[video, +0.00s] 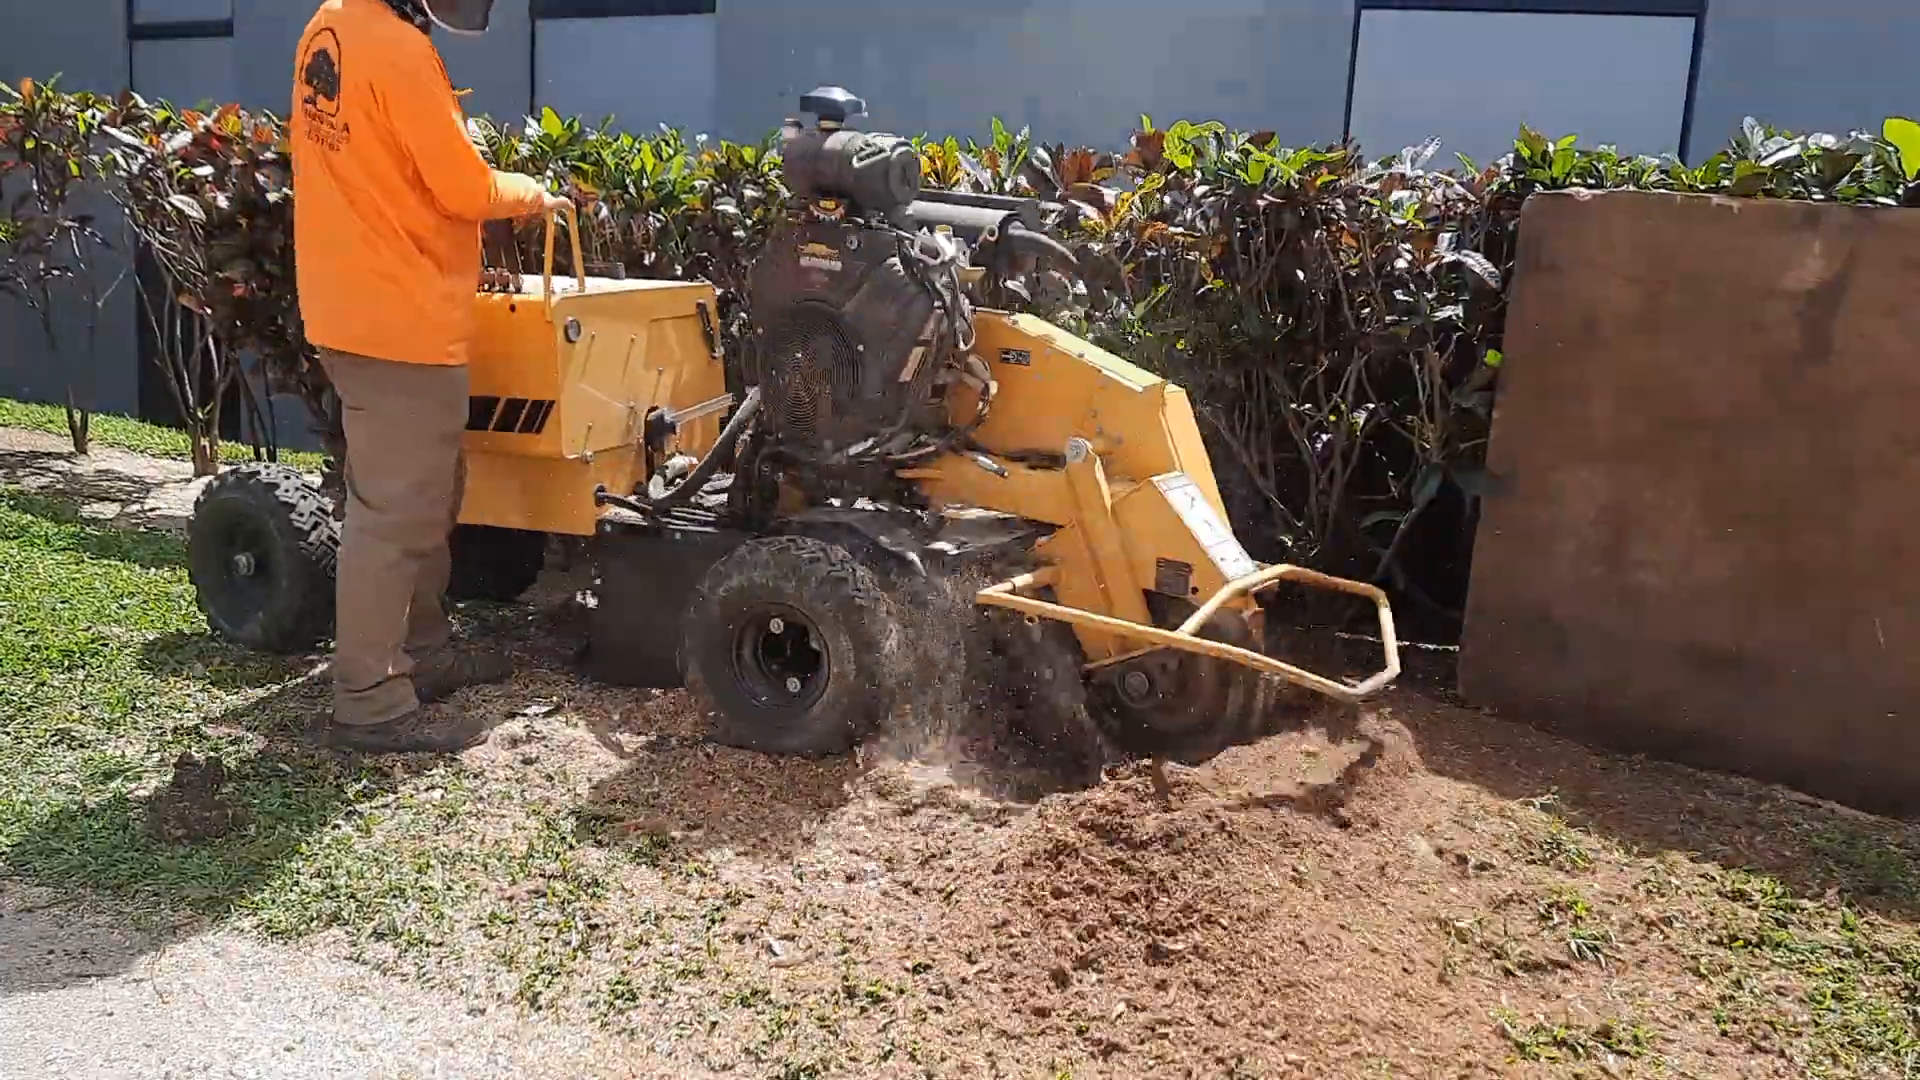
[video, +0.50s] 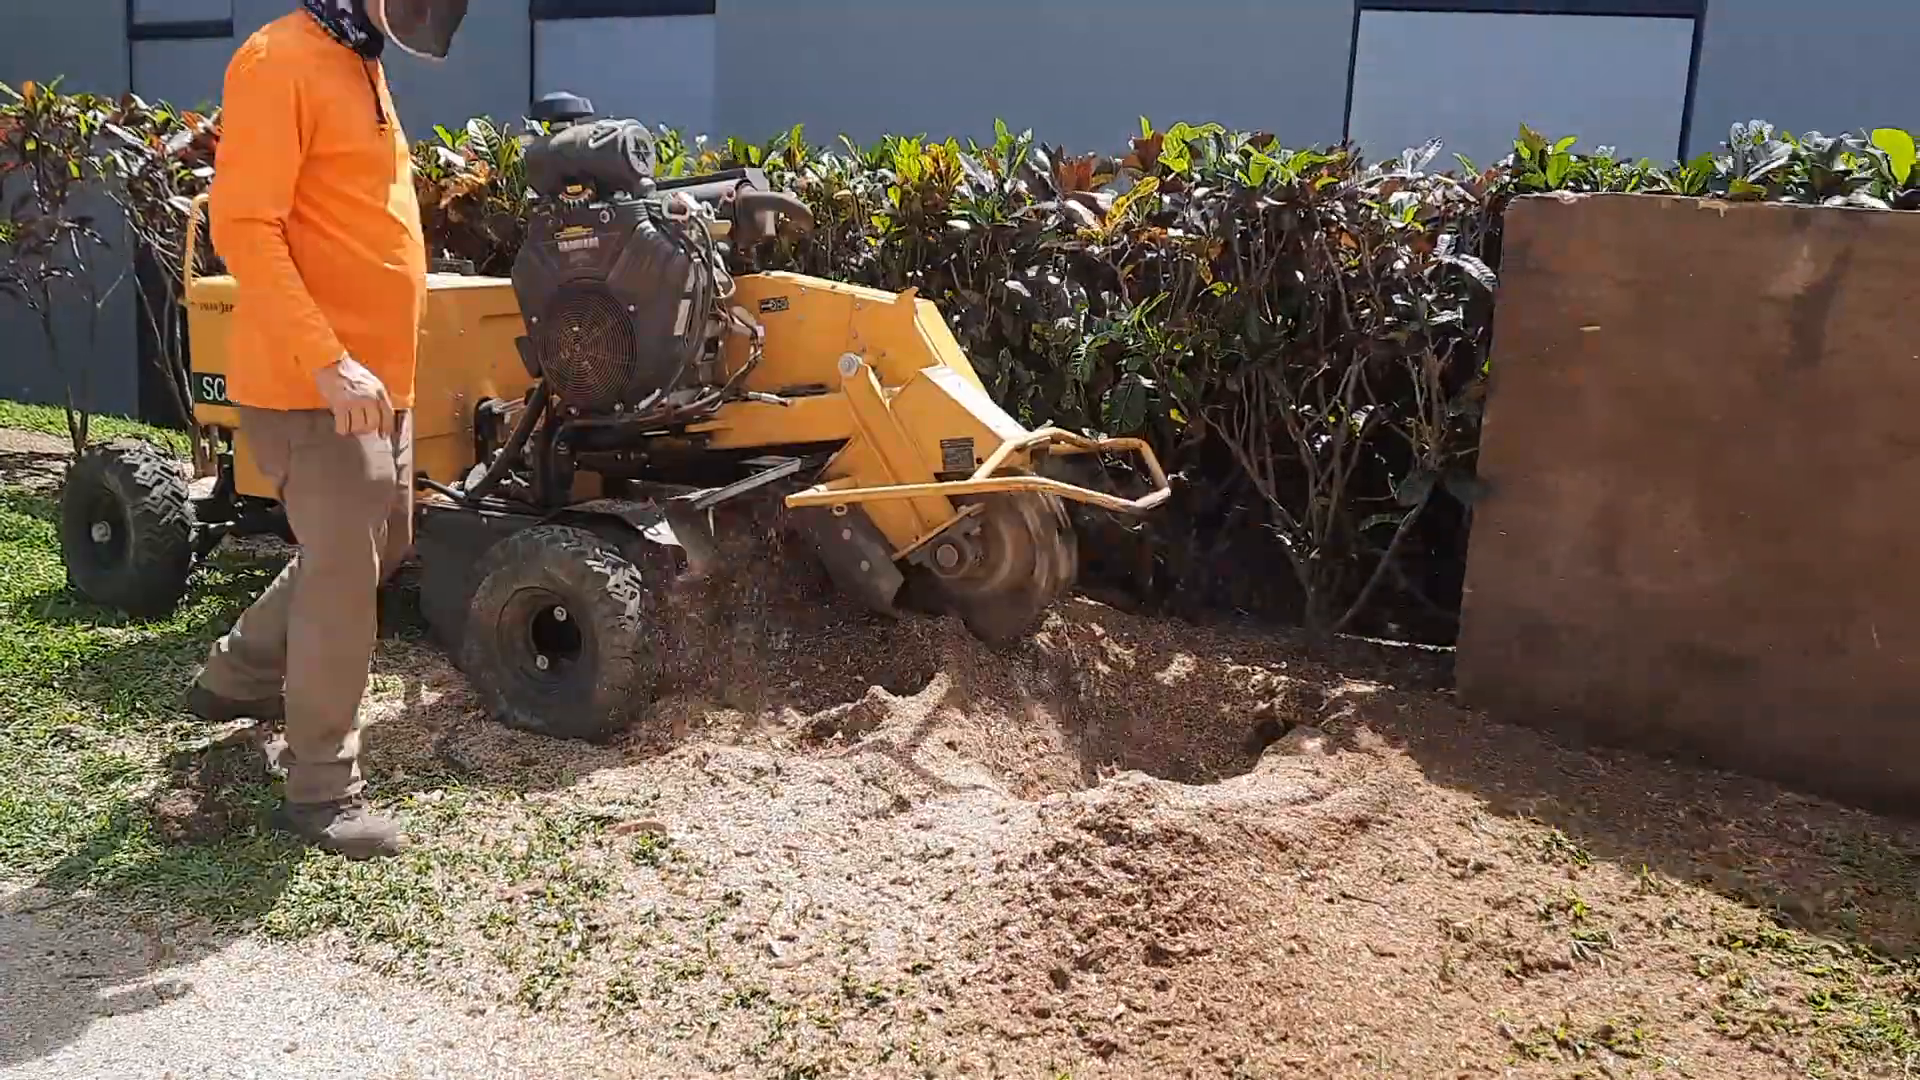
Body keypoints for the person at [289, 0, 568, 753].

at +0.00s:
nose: (463, 21)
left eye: (467, 15)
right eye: (463, 11)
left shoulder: (329, 26)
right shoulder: (402, 51)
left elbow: (383, 167)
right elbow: (464, 189)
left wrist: (495, 189)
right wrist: (535, 195)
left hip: (355, 318)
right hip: (401, 326)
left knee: (422, 495)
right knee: (396, 509)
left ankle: (424, 659)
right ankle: (370, 707)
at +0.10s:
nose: (457, 24)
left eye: (461, 17)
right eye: (458, 14)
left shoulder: (333, 27)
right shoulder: (404, 52)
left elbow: (393, 166)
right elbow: (478, 184)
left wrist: (498, 192)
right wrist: (541, 196)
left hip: (355, 322)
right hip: (402, 329)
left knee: (432, 490)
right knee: (396, 509)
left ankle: (424, 659)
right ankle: (370, 707)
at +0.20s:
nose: (480, 22)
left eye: (484, 15)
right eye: (481, 11)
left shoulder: (330, 30)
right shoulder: (416, 53)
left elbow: (329, 172)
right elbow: (489, 185)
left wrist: (479, 198)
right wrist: (543, 196)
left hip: (357, 321)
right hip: (411, 328)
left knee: (428, 492)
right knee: (398, 510)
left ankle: (424, 657)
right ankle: (369, 707)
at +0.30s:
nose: (465, 17)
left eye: (466, 12)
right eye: (463, 8)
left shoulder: (330, 25)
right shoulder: (390, 59)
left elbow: (377, 177)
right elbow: (462, 198)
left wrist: (488, 205)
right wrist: (540, 203)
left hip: (367, 323)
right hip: (396, 331)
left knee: (430, 494)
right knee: (393, 511)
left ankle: (425, 658)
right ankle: (368, 706)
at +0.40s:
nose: (468, 22)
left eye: (471, 15)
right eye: (469, 12)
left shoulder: (342, 29)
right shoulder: (399, 51)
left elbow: (392, 168)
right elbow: (468, 180)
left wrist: (486, 203)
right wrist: (543, 197)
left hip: (374, 323)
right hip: (396, 331)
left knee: (462, 474)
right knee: (394, 509)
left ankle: (402, 648)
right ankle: (370, 707)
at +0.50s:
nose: (415, 17)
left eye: (419, 10)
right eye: (411, 5)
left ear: (387, 7)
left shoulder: (357, 67)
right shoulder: (277, 61)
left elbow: (344, 233)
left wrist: (387, 367)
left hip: (376, 378)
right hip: (313, 385)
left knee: (379, 540)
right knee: (342, 568)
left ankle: (238, 673)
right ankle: (321, 792)